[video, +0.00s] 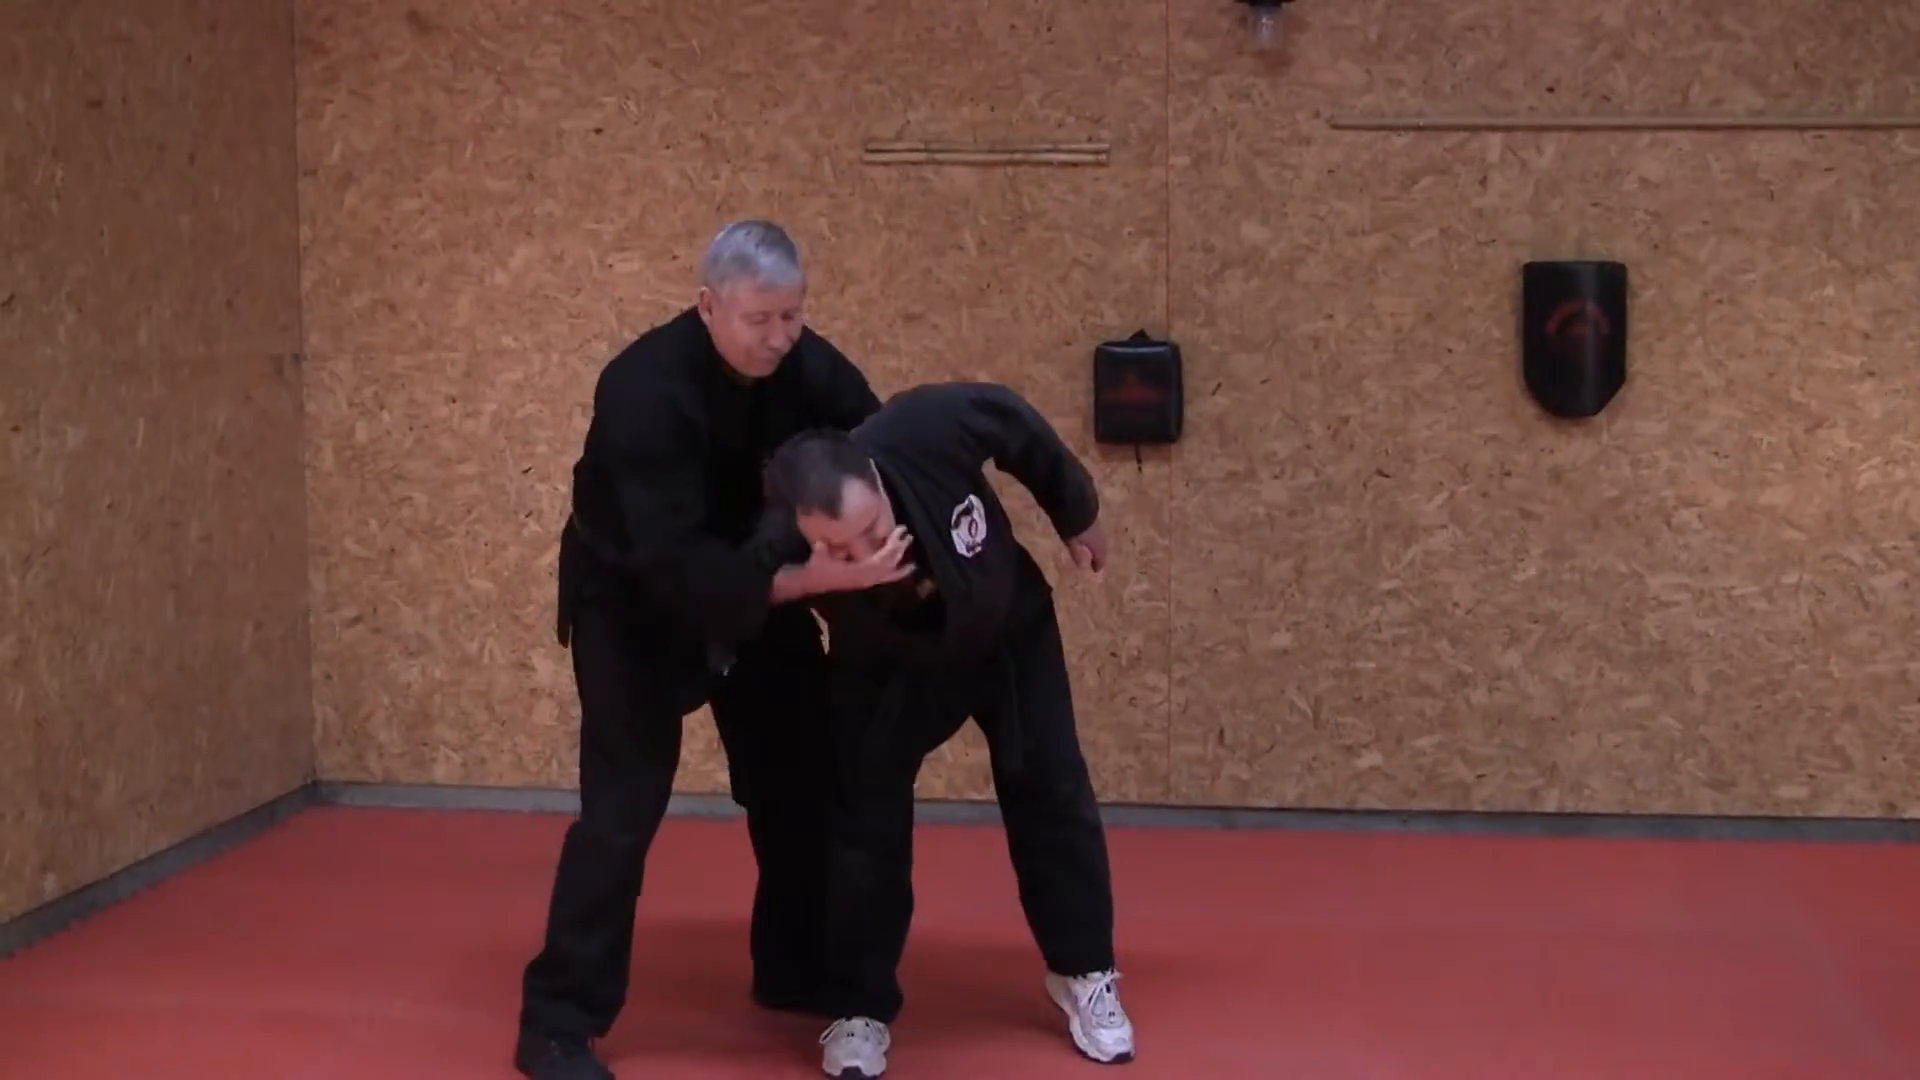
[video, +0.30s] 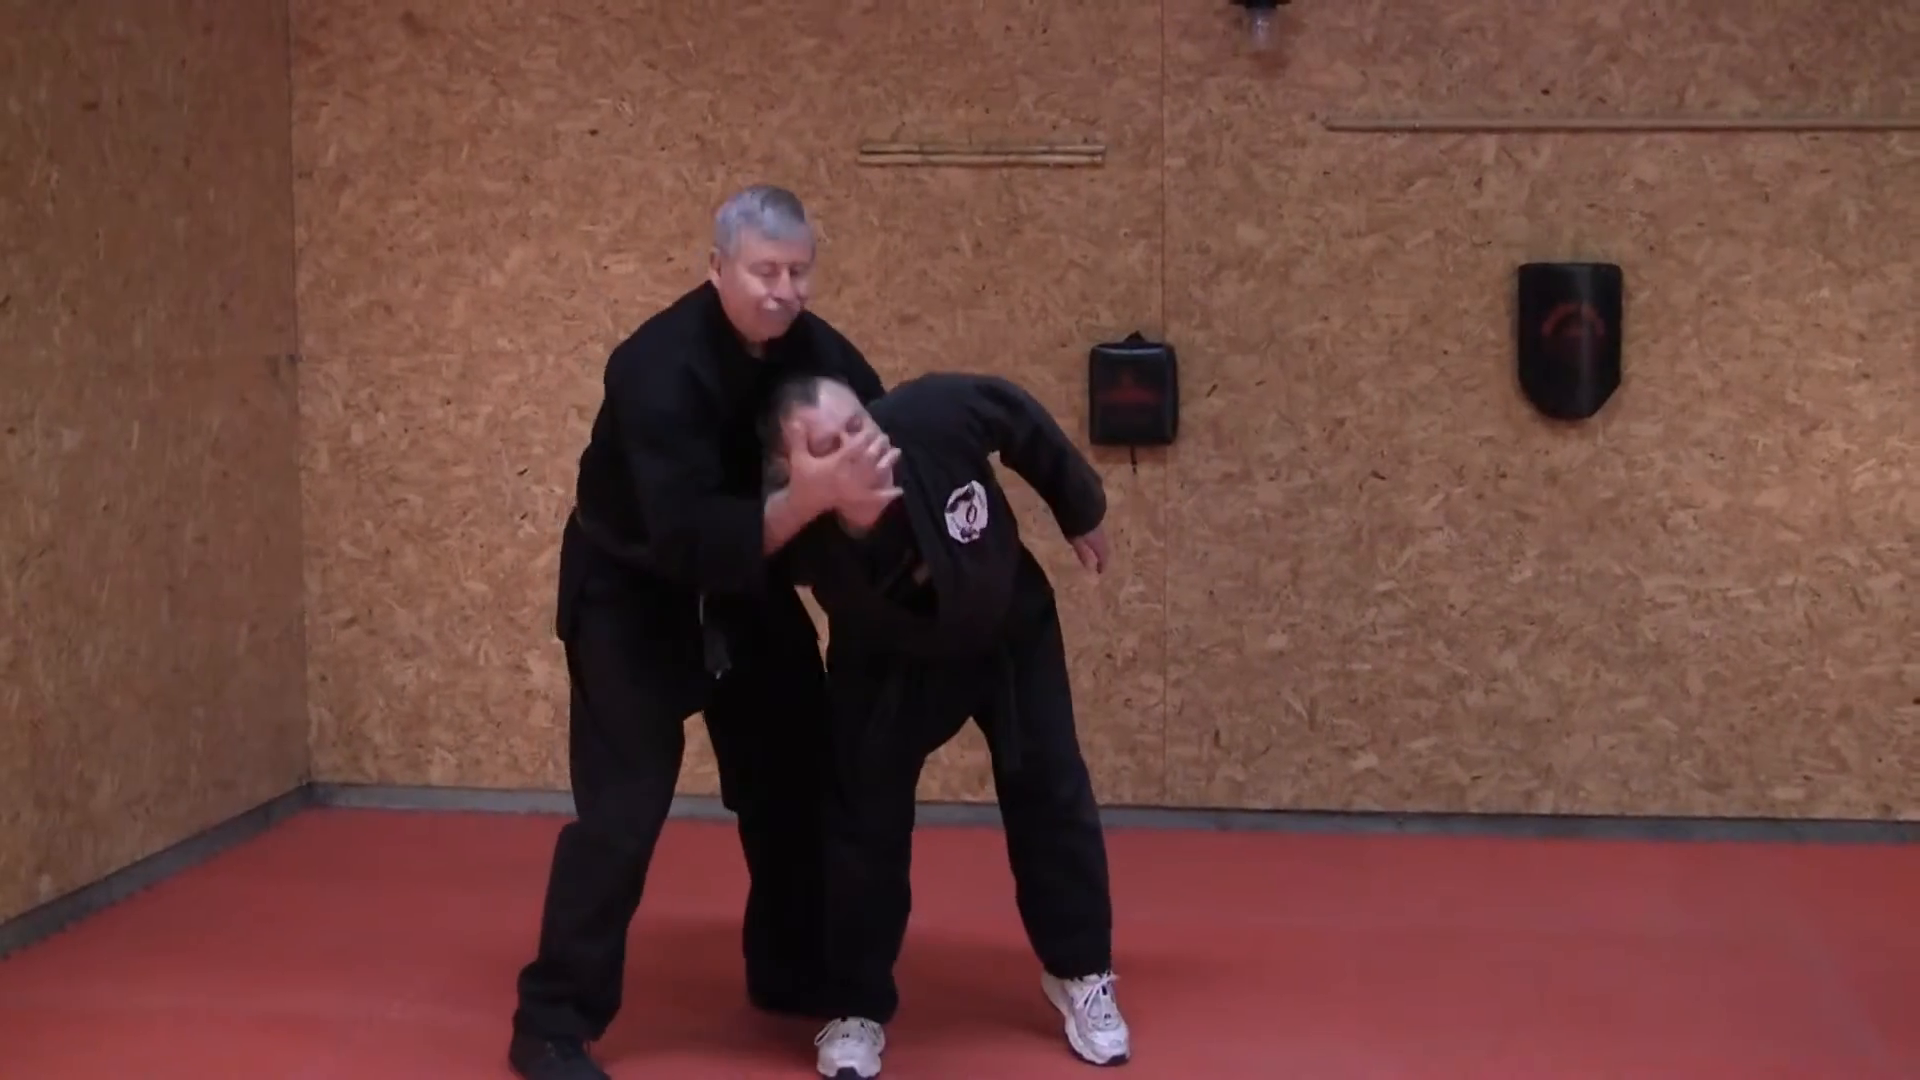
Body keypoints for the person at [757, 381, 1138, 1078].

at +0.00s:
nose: (866, 559)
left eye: (875, 534)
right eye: (837, 550)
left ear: (880, 484)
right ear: (801, 533)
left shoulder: (922, 434)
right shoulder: (781, 548)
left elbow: (1006, 416)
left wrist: (1075, 513)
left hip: (1001, 623)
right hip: (883, 655)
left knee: (1050, 789)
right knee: (866, 818)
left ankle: (1085, 972)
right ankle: (861, 1011)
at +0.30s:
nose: (852, 451)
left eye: (855, 429)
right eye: (823, 447)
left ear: (871, 416)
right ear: (787, 466)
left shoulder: (936, 415)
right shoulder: (788, 521)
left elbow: (1016, 415)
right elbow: (754, 566)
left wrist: (1078, 507)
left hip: (1003, 624)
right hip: (883, 647)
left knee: (1051, 792)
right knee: (863, 817)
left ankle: (1081, 972)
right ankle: (857, 1010)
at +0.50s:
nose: (839, 375)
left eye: (842, 357)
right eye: (811, 376)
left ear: (865, 363)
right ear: (785, 413)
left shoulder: (940, 388)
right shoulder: (796, 497)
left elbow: (1024, 420)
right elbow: (753, 543)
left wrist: (1085, 494)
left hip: (1006, 622)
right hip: (888, 652)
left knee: (1053, 799)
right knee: (868, 822)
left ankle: (1079, 977)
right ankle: (851, 1011)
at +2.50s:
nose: (888, 268)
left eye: (882, 252)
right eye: (860, 262)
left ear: (895, 269)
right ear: (812, 303)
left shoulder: (940, 346)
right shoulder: (798, 414)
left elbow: (989, 431)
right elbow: (722, 501)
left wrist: (1014, 519)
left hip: (944, 629)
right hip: (829, 641)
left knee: (1005, 808)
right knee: (819, 830)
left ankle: (1038, 981)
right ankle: (810, 1013)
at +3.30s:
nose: (1002, 319)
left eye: (999, 302)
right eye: (981, 310)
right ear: (919, 330)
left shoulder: (1013, 375)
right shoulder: (863, 419)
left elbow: (1025, 460)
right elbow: (759, 454)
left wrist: (1021, 541)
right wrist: (772, 434)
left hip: (973, 634)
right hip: (861, 645)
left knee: (1037, 812)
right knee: (835, 829)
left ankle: (1074, 989)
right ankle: (807, 1015)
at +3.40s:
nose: (1053, 344)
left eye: (1052, 327)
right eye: (1031, 332)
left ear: (1055, 325)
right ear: (970, 340)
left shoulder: (1063, 408)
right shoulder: (903, 417)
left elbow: (1056, 537)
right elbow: (793, 445)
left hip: (997, 651)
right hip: (882, 655)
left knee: (1046, 830)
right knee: (839, 833)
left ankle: (1092, 1011)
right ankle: (807, 1015)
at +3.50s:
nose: (1104, 372)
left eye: (1113, 352)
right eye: (1082, 354)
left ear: (1121, 347)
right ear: (1025, 349)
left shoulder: (1119, 426)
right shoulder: (952, 413)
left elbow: (1119, 518)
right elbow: (827, 437)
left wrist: (1102, 590)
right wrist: (878, 489)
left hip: (1040, 652)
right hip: (918, 652)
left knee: (1077, 838)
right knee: (854, 828)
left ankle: (1101, 1018)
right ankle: (807, 1013)